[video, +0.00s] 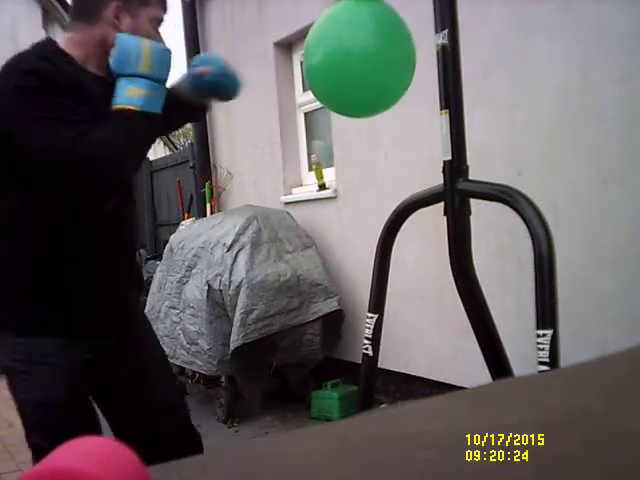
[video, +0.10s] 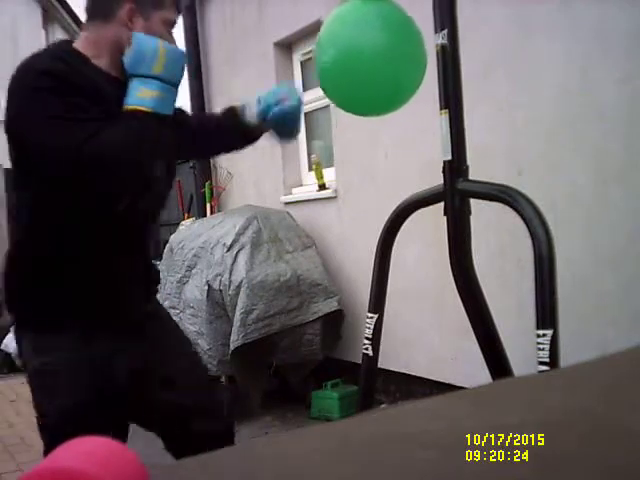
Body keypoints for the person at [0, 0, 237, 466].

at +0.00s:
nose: (161, 38)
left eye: (162, 25)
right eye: (157, 22)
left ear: (117, 17)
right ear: (118, 15)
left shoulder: (110, 87)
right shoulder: (24, 81)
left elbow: (143, 126)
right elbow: (95, 172)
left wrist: (190, 95)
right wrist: (140, 89)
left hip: (111, 311)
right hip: (35, 322)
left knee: (172, 449)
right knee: (70, 466)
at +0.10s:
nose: (171, 40)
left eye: (173, 29)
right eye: (167, 25)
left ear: (132, 19)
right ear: (131, 15)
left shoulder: (132, 93)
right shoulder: (43, 79)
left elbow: (182, 137)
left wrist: (253, 119)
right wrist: (146, 90)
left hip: (130, 304)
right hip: (61, 312)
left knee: (206, 425)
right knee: (81, 463)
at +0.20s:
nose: (191, 41)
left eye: (191, 28)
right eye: (186, 25)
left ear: (149, 20)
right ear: (148, 17)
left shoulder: (145, 96)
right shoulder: (66, 88)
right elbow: (113, 192)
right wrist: (169, 99)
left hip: (163, 316)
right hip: (94, 324)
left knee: (244, 449)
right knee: (84, 470)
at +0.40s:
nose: (242, 22)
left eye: (240, 9)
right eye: (235, 8)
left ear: (199, 11)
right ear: (199, 7)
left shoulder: (211, 88)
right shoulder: (111, 76)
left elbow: (241, 109)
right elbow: (121, 171)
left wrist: (302, 98)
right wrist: (186, 96)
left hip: (190, 304)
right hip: (110, 304)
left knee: (237, 453)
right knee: (81, 456)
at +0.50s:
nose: (249, 31)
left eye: (248, 17)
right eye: (243, 14)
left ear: (207, 13)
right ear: (207, 10)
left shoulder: (222, 92)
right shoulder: (123, 73)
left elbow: (255, 132)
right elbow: (129, 162)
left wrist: (316, 113)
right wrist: (190, 88)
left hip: (195, 300)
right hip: (123, 302)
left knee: (238, 447)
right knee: (92, 454)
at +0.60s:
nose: (239, 36)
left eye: (240, 23)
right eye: (235, 20)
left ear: (200, 17)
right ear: (200, 14)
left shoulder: (190, 87)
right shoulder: (122, 76)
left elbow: (183, 180)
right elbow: (157, 164)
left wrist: (244, 176)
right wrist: (207, 92)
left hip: (193, 303)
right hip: (130, 304)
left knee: (239, 444)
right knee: (104, 453)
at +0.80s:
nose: (197, 52)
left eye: (200, 41)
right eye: (194, 38)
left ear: (159, 32)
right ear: (160, 30)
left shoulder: (142, 102)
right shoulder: (100, 87)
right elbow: (155, 169)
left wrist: (192, 156)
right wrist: (196, 102)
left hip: (162, 317)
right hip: (104, 324)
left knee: (221, 444)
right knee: (105, 466)